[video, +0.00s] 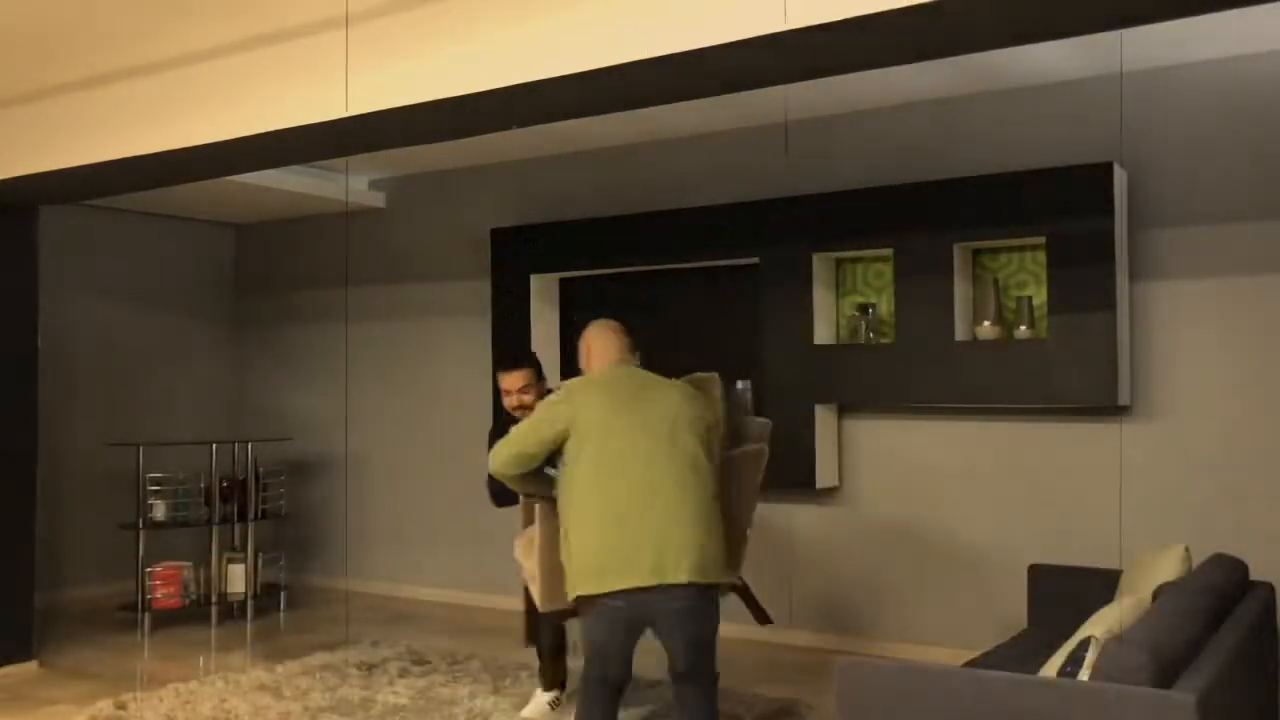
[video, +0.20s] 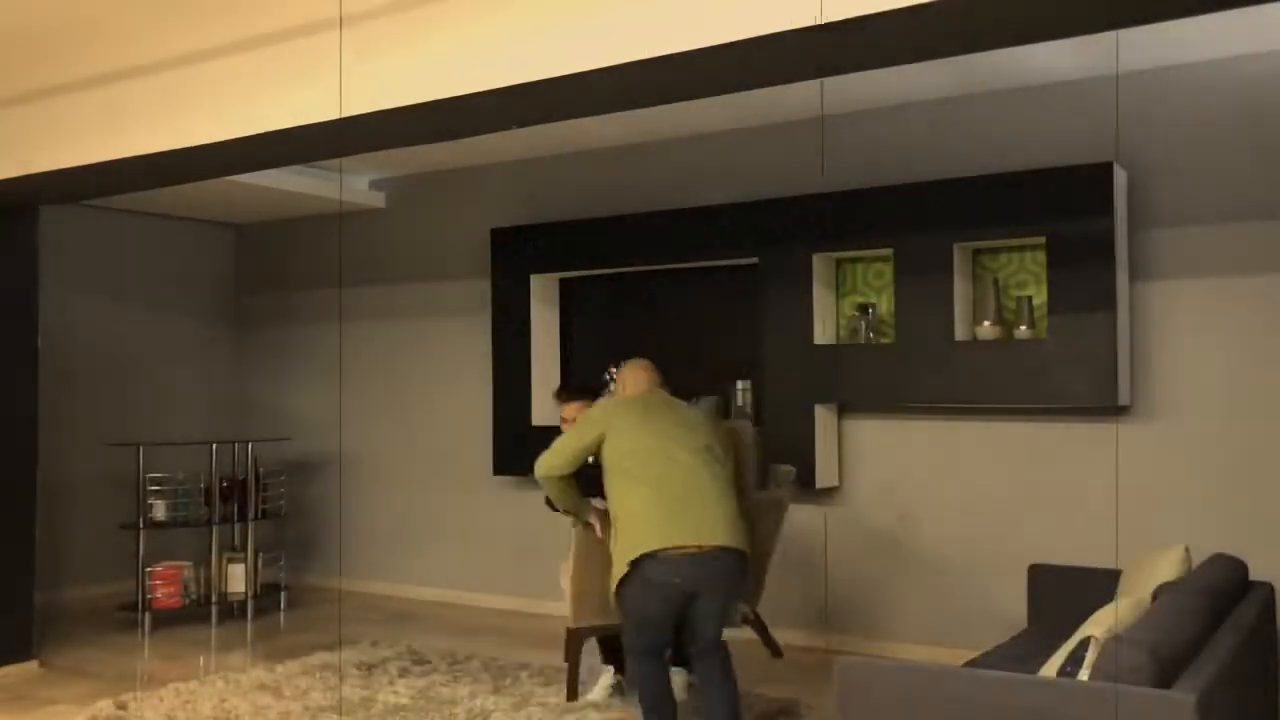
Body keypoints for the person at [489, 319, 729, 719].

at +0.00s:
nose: (581, 366)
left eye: (581, 359)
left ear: (585, 359)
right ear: (634, 355)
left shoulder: (574, 398)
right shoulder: (690, 397)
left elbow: (503, 463)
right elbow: (707, 462)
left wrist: (555, 487)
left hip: (606, 577)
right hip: (690, 577)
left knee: (600, 688)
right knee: (696, 689)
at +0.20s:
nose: (612, 393)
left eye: (613, 386)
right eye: (612, 386)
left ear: (620, 388)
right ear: (662, 386)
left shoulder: (610, 411)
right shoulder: (701, 419)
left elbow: (547, 468)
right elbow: (728, 486)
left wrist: (587, 510)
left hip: (655, 564)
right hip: (722, 561)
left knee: (646, 656)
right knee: (708, 651)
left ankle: (660, 713)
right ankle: (724, 712)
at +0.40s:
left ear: (656, 429)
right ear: (689, 432)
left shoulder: (645, 446)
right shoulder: (724, 463)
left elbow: (584, 500)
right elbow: (769, 487)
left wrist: (609, 545)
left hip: (676, 574)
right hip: (739, 576)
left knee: (635, 632)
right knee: (723, 648)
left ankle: (655, 713)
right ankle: (745, 711)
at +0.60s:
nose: (637, 482)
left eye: (637, 475)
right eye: (634, 477)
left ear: (646, 465)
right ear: (674, 459)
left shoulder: (658, 478)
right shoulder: (727, 492)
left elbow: (603, 533)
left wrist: (622, 577)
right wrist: (653, 563)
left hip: (688, 588)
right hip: (748, 597)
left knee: (632, 646)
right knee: (719, 651)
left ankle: (649, 712)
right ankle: (740, 712)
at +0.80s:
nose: (636, 452)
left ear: (667, 448)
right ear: (701, 452)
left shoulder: (657, 468)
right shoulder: (730, 481)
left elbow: (609, 538)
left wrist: (627, 585)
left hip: (699, 587)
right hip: (755, 592)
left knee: (642, 641)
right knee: (724, 647)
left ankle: (649, 712)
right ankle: (742, 712)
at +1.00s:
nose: (645, 383)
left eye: (650, 372)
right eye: (645, 373)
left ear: (676, 366)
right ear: (684, 368)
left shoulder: (691, 404)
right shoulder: (714, 403)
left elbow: (672, 479)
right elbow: (703, 506)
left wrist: (635, 545)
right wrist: (659, 562)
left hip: (748, 558)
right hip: (772, 555)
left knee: (662, 627)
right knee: (718, 633)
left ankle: (697, 709)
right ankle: (763, 709)